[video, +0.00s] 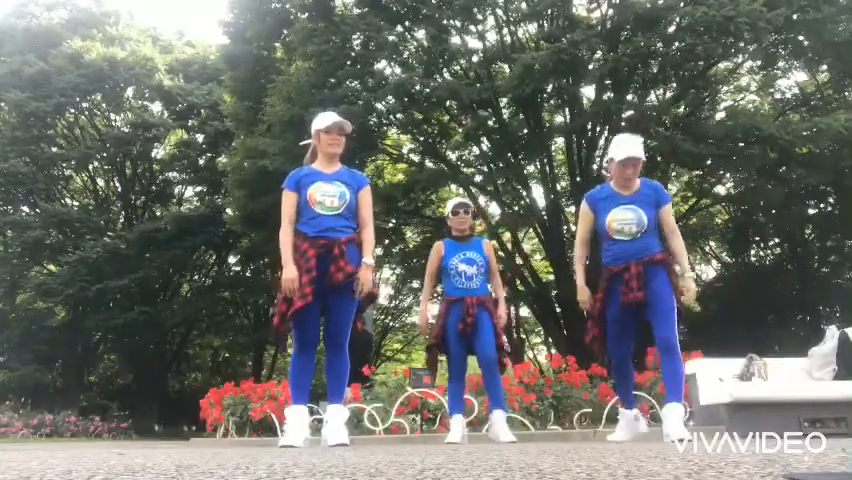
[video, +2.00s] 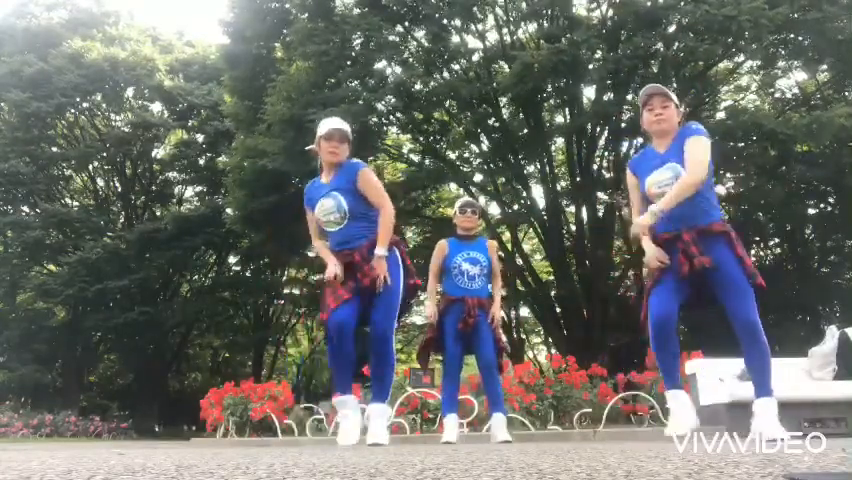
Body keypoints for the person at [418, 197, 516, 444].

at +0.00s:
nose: (461, 218)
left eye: (466, 214)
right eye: (456, 214)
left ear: (472, 218)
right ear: (448, 219)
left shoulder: (485, 246)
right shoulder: (441, 247)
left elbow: (496, 279)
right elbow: (430, 281)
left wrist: (501, 305)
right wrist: (423, 309)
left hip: (483, 306)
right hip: (454, 307)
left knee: (489, 358)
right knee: (456, 365)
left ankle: (498, 419)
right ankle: (456, 422)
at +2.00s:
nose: (468, 216)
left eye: (473, 213)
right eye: (463, 213)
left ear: (479, 219)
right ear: (455, 217)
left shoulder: (489, 246)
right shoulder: (444, 245)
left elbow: (496, 277)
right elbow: (433, 276)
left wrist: (497, 303)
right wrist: (431, 302)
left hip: (482, 306)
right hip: (454, 306)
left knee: (488, 361)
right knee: (452, 362)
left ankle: (498, 420)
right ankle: (449, 420)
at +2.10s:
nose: (470, 215)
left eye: (475, 211)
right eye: (465, 211)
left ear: (480, 218)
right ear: (456, 217)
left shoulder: (489, 243)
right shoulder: (446, 244)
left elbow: (504, 270)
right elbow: (437, 276)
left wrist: (492, 294)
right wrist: (436, 300)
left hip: (483, 306)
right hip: (455, 306)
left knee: (488, 362)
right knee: (454, 363)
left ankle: (498, 419)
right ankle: (448, 418)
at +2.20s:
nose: (469, 217)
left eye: (473, 214)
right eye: (464, 213)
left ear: (479, 219)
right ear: (455, 217)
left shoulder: (487, 242)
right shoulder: (444, 246)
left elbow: (501, 257)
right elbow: (436, 278)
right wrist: (439, 302)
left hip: (483, 307)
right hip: (454, 307)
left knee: (490, 362)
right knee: (449, 358)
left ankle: (498, 419)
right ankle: (440, 415)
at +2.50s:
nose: (455, 216)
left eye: (460, 212)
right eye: (451, 212)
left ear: (467, 216)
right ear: (444, 215)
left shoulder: (476, 243)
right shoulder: (431, 244)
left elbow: (486, 273)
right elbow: (417, 272)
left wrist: (491, 293)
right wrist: (419, 297)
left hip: (468, 305)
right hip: (439, 305)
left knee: (471, 363)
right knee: (436, 364)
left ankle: (480, 420)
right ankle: (431, 421)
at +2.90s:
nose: (429, 224)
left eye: (435, 222)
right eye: (425, 220)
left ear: (440, 228)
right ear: (417, 225)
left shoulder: (445, 253)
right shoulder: (410, 258)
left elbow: (467, 279)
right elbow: (408, 289)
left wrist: (460, 315)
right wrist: (408, 314)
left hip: (447, 321)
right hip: (421, 323)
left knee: (460, 369)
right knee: (400, 360)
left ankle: (481, 419)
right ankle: (397, 418)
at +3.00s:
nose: (425, 212)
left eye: (431, 209)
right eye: (421, 208)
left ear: (436, 216)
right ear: (413, 213)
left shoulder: (441, 240)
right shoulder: (396, 244)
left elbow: (460, 271)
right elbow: (386, 276)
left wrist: (452, 302)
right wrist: (389, 299)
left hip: (434, 309)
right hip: (404, 311)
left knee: (448, 366)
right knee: (388, 363)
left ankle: (473, 417)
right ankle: (395, 424)